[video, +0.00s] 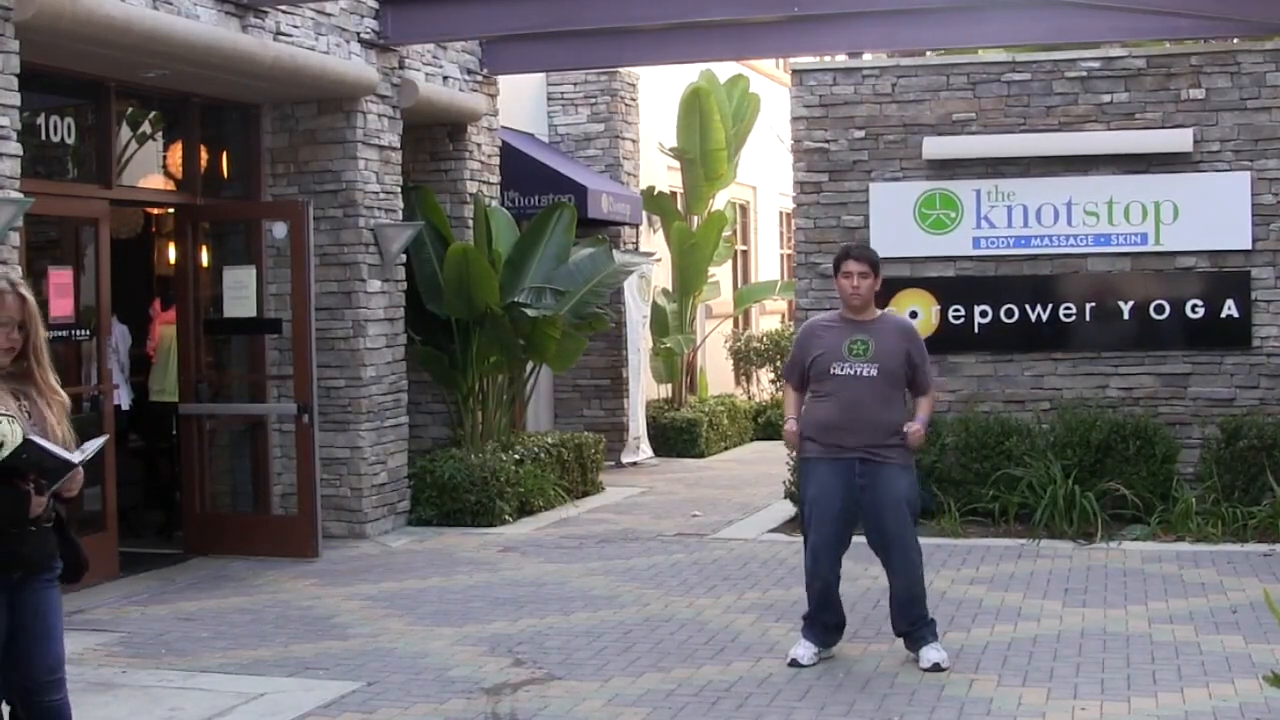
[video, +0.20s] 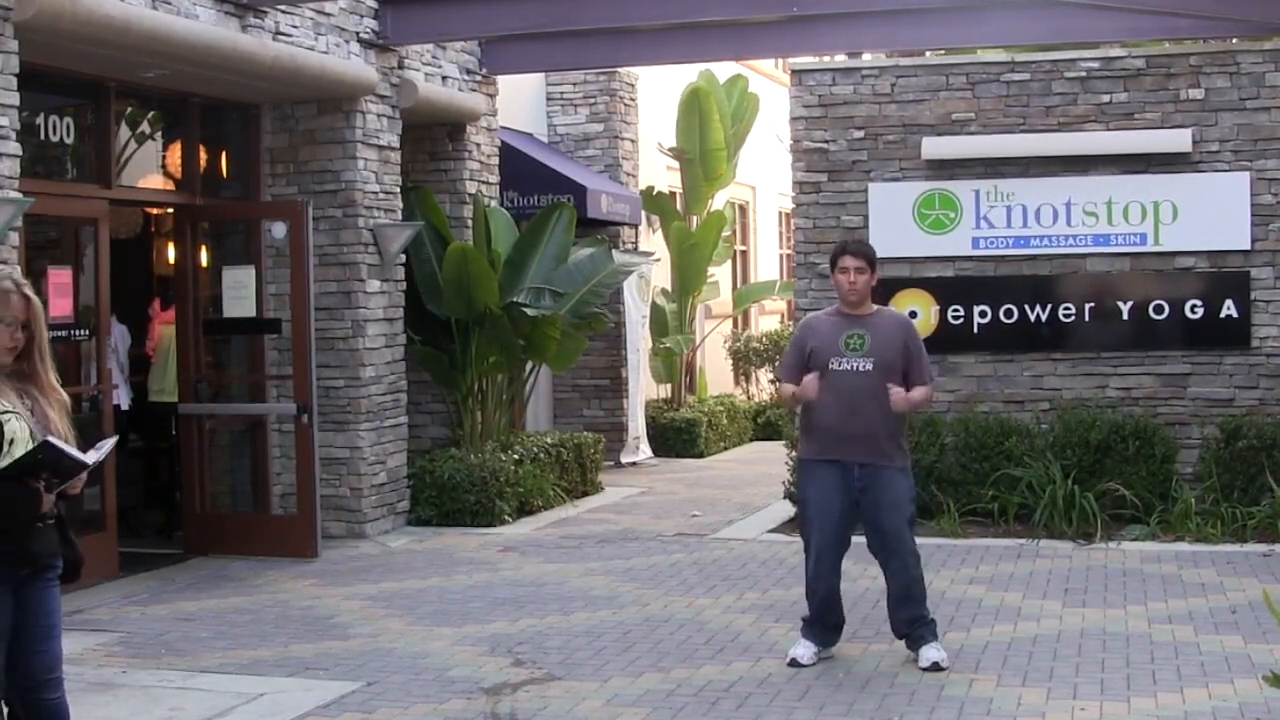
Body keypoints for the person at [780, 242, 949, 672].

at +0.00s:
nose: (854, 283)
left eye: (862, 276)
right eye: (846, 276)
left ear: (877, 282)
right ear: (835, 282)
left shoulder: (902, 331)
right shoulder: (812, 332)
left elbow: (925, 388)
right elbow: (794, 383)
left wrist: (919, 420)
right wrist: (791, 417)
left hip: (888, 457)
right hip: (824, 457)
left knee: (901, 545)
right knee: (820, 548)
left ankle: (921, 637)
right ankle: (817, 634)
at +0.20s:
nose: (850, 279)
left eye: (859, 271)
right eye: (843, 271)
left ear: (873, 277)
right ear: (832, 278)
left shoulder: (899, 326)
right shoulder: (810, 328)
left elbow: (925, 388)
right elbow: (785, 390)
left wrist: (908, 399)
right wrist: (798, 391)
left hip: (885, 460)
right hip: (822, 460)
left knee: (898, 545)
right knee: (820, 549)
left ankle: (922, 636)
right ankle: (818, 633)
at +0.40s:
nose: (851, 282)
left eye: (859, 275)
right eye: (843, 275)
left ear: (873, 280)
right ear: (832, 281)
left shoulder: (898, 327)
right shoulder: (812, 330)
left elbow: (929, 390)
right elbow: (786, 397)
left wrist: (908, 395)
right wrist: (805, 389)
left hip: (887, 464)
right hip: (823, 463)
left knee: (900, 550)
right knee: (818, 550)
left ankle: (923, 637)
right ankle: (818, 633)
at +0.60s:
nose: (854, 277)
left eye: (863, 269)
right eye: (846, 270)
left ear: (877, 275)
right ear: (835, 277)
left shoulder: (904, 324)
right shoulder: (813, 327)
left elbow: (929, 384)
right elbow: (792, 384)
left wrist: (921, 418)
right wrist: (796, 421)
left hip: (892, 458)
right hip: (827, 459)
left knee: (905, 550)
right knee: (824, 550)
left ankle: (923, 637)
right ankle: (818, 634)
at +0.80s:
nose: (856, 278)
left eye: (864, 270)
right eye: (848, 270)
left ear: (878, 275)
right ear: (837, 277)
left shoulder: (904, 326)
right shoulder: (815, 327)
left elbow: (927, 387)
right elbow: (794, 387)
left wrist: (923, 437)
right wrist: (794, 439)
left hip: (893, 461)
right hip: (831, 461)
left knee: (907, 552)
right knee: (826, 551)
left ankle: (922, 636)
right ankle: (817, 634)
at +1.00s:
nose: (857, 279)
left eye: (865, 270)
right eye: (849, 271)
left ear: (880, 277)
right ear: (839, 277)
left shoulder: (900, 324)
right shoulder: (817, 328)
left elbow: (915, 383)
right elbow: (797, 392)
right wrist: (797, 448)